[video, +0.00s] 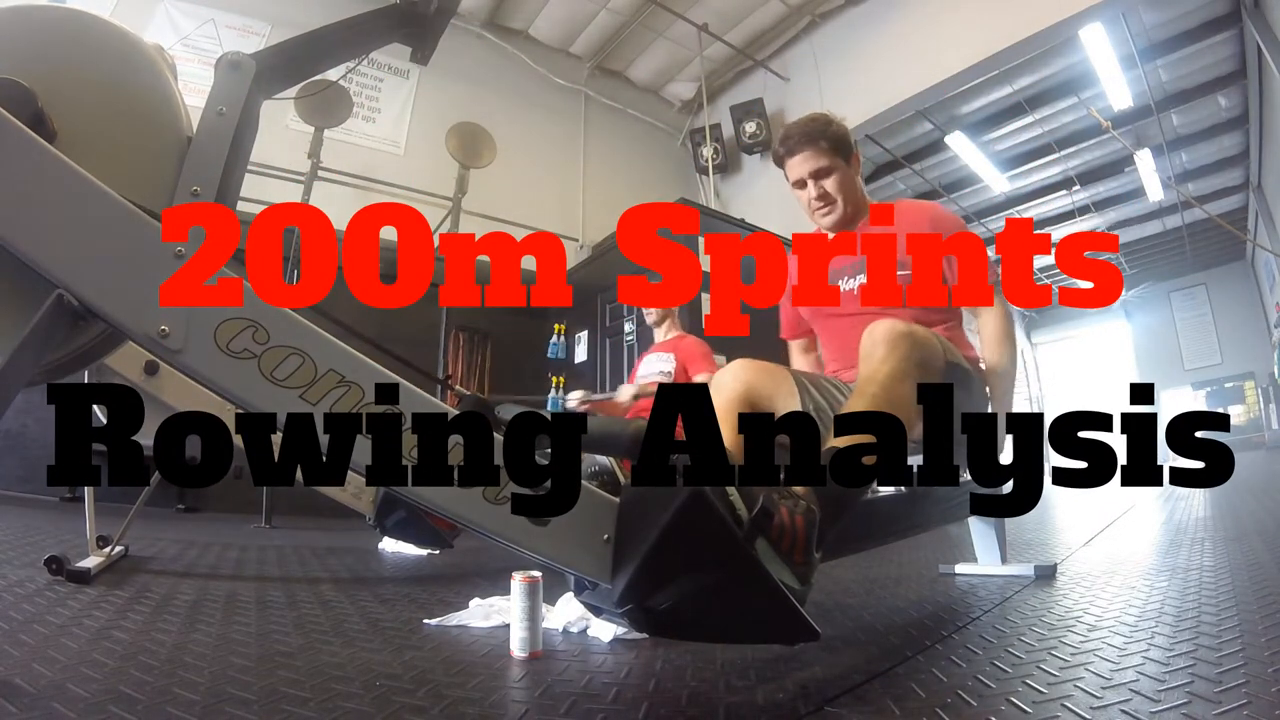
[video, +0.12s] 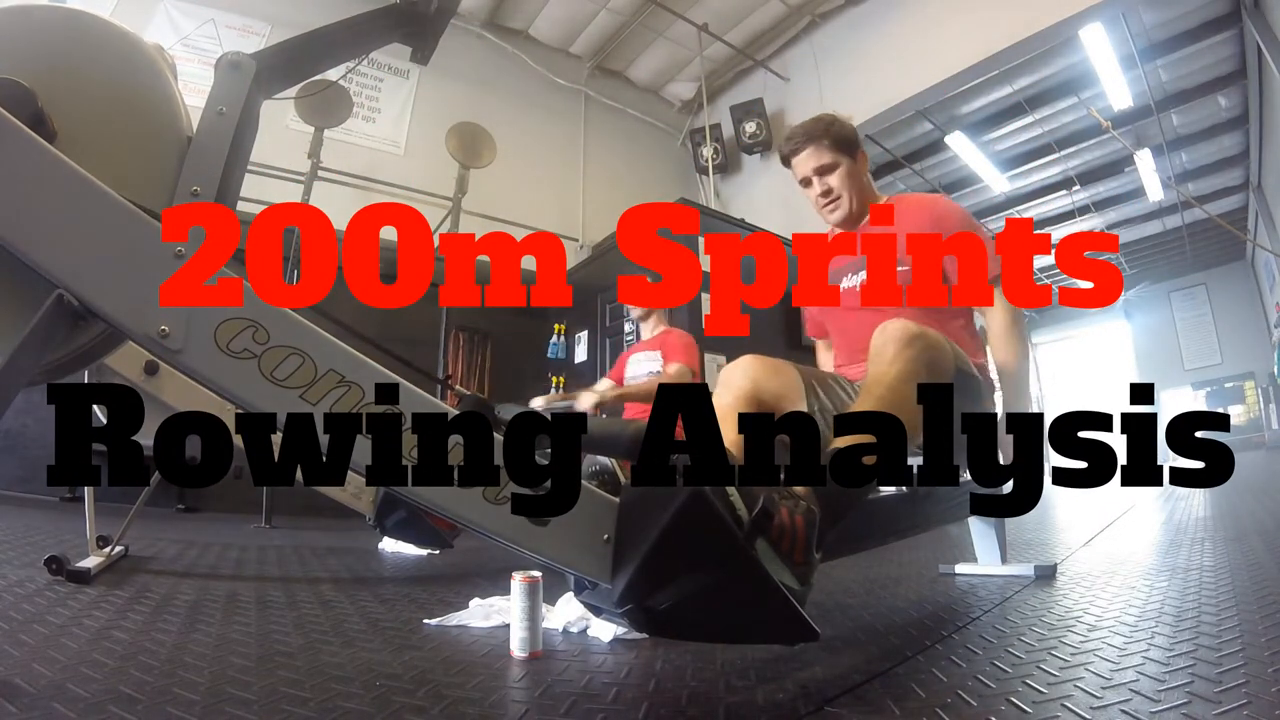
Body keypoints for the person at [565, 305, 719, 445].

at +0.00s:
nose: (645, 308)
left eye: (653, 300)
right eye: (643, 303)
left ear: (673, 305)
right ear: (641, 309)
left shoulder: (691, 345)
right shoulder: (644, 356)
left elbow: (706, 389)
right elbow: (625, 407)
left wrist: (645, 390)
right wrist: (592, 404)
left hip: (664, 427)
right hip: (631, 424)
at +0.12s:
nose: (630, 302)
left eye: (639, 295)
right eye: (629, 296)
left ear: (657, 298)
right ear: (626, 302)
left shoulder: (678, 339)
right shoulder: (631, 352)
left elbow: (676, 382)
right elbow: (599, 391)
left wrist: (612, 395)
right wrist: (557, 397)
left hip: (664, 433)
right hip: (629, 434)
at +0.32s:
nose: (594, 295)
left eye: (601, 287)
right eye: (591, 290)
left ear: (623, 289)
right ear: (591, 295)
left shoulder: (650, 332)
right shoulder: (599, 345)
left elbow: (617, 373)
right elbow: (561, 378)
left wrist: (552, 397)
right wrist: (513, 396)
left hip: (656, 437)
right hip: (617, 441)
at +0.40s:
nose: (580, 295)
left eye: (588, 287)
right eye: (577, 290)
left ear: (611, 288)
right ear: (576, 296)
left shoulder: (638, 330)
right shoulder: (587, 344)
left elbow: (599, 370)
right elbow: (544, 377)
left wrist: (539, 396)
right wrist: (494, 398)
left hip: (644, 437)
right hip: (608, 439)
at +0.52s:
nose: (554, 295)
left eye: (563, 285)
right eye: (551, 287)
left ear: (585, 286)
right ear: (545, 293)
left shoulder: (613, 326)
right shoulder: (563, 340)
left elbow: (572, 363)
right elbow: (518, 372)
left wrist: (510, 394)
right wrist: (473, 395)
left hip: (630, 430)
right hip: (592, 430)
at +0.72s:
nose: (503, 294)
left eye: (511, 282)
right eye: (501, 285)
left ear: (532, 281)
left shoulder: (569, 321)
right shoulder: (517, 337)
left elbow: (514, 361)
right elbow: (488, 365)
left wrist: (452, 385)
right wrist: (446, 385)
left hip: (596, 419)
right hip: (547, 414)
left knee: (513, 386)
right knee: (485, 392)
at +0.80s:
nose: (485, 295)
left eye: (490, 286)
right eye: (482, 288)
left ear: (517, 280)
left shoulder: (554, 319)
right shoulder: (504, 336)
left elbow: (497, 361)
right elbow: (472, 367)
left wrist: (426, 388)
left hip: (584, 413)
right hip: (539, 412)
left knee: (510, 383)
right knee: (472, 384)